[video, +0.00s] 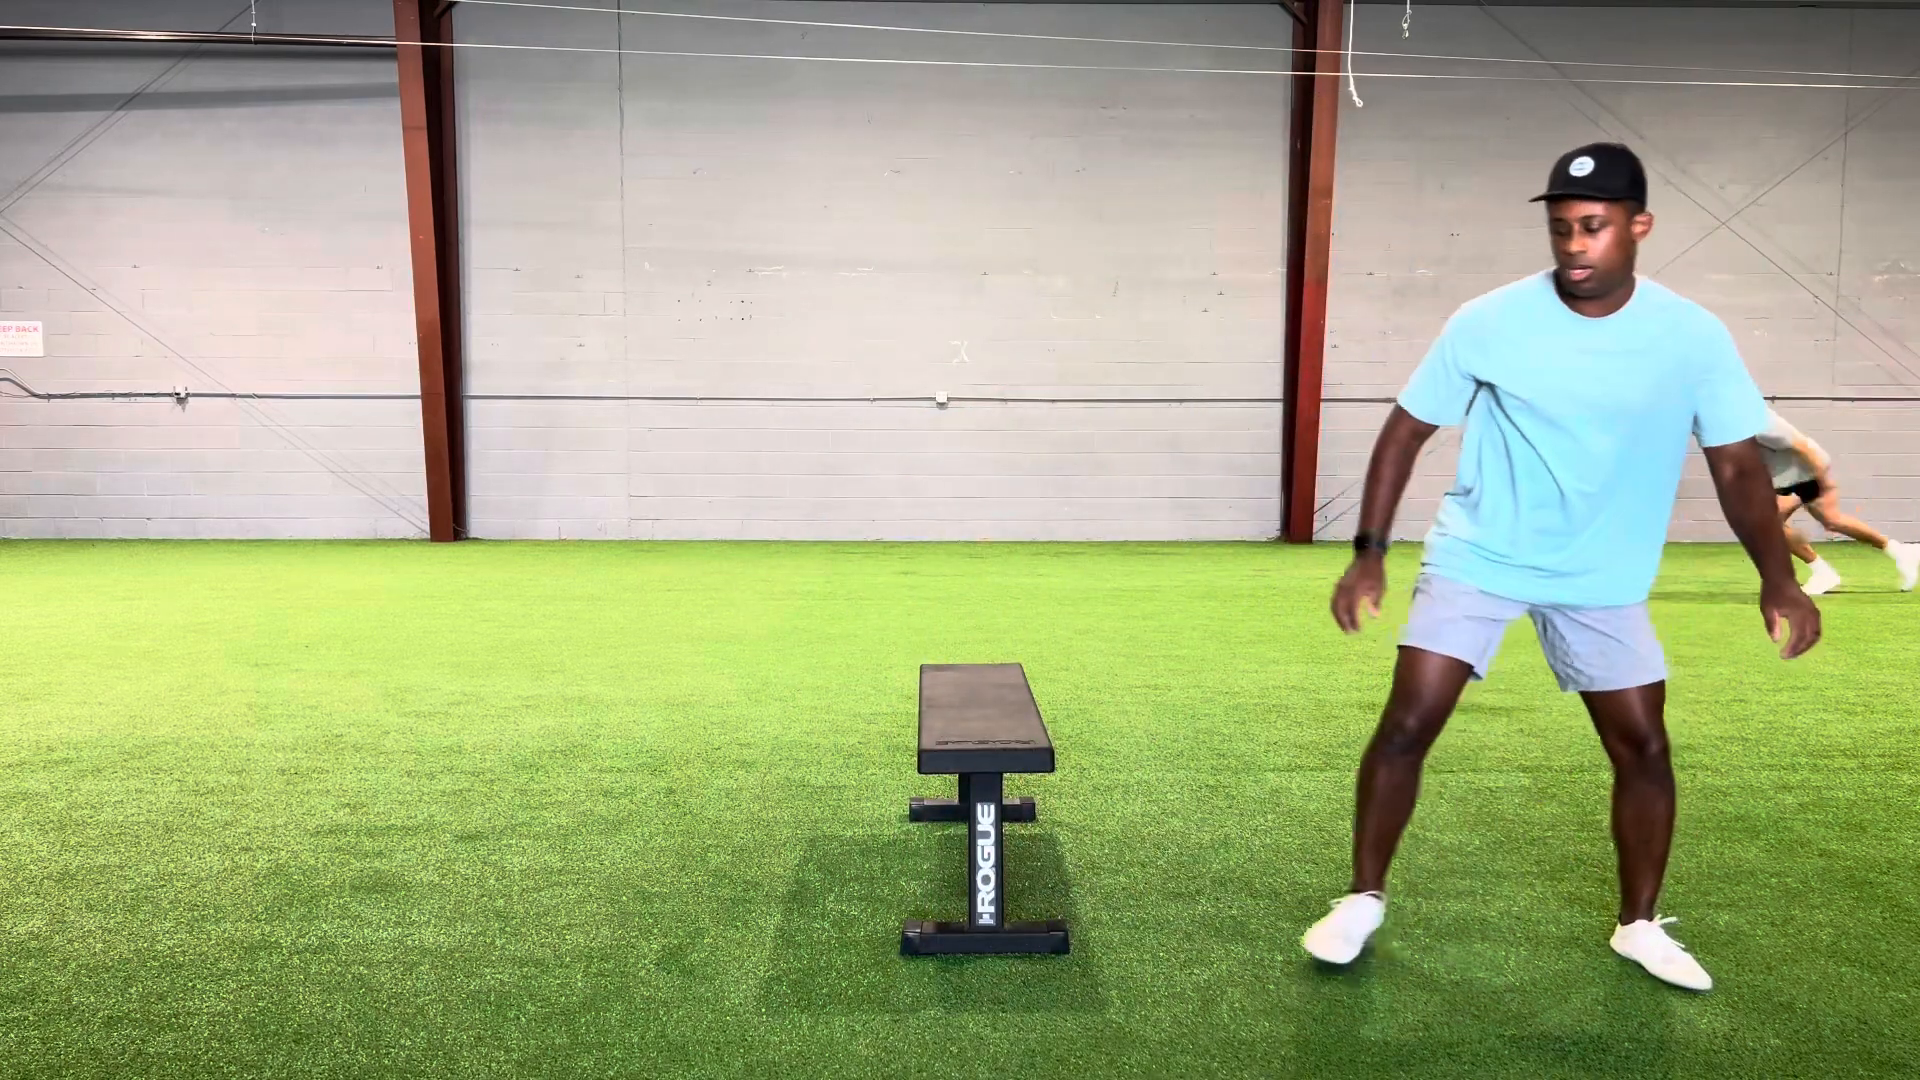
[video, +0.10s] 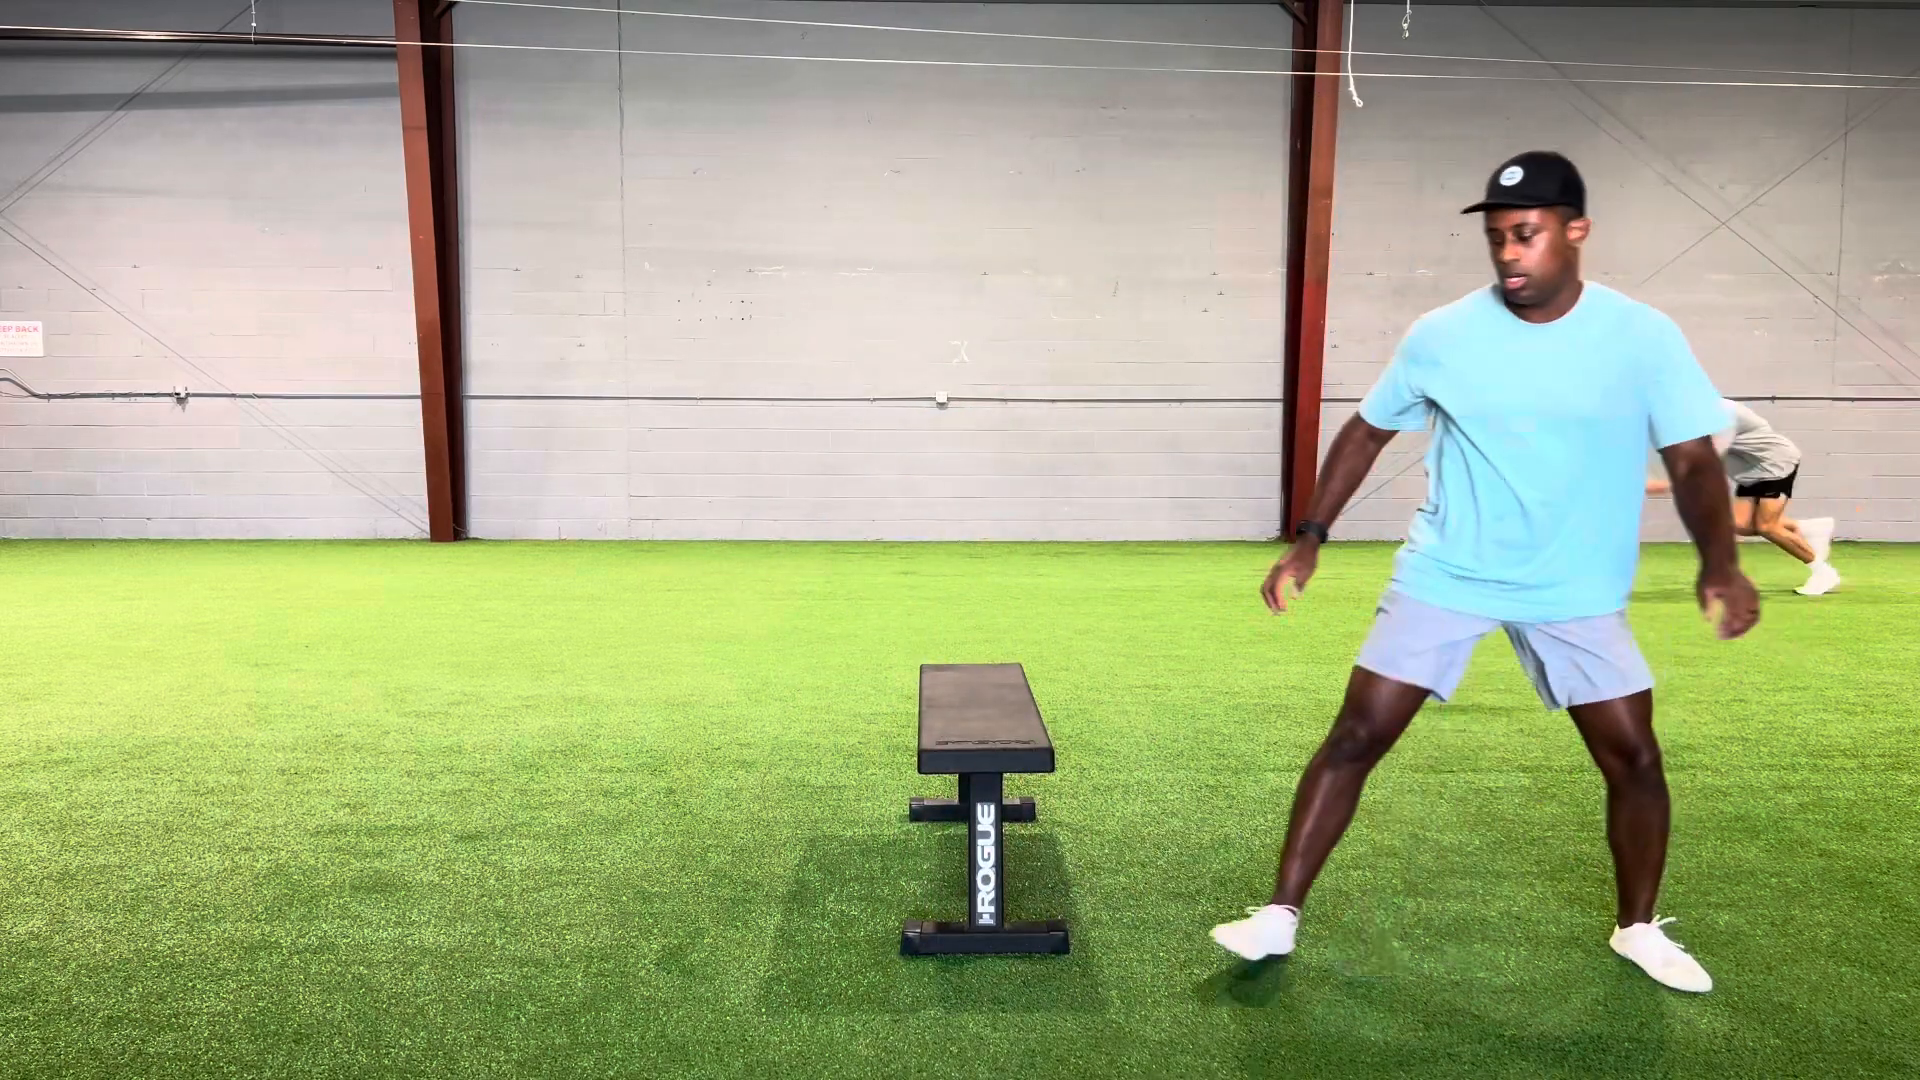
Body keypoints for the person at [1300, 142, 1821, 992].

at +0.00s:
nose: (1572, 245)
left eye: (1592, 227)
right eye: (1560, 226)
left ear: (1639, 228)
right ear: (1546, 226)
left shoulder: (1694, 340)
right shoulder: (1490, 324)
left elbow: (1741, 467)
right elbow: (1404, 430)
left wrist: (1779, 578)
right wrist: (1369, 548)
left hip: (1601, 581)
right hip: (1475, 561)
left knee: (1644, 745)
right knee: (1409, 721)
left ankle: (1640, 922)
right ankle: (1363, 897)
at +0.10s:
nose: (1508, 255)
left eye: (1527, 235)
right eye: (1498, 237)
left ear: (1578, 234)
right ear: (1486, 238)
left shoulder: (1645, 340)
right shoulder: (1443, 338)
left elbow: (1696, 460)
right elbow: (1365, 433)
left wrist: (1719, 564)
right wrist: (1309, 534)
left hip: (1576, 591)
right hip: (1446, 578)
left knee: (1633, 754)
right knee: (1359, 730)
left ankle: (1638, 925)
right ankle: (1282, 912)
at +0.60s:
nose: (1198, 224)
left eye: (1217, 206)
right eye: (1190, 206)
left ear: (1268, 203)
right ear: (1184, 205)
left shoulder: (1344, 296)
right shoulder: (1163, 309)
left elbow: (1395, 426)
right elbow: (1130, 426)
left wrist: (1426, 557)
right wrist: (1095, 527)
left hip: (1297, 560)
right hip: (1196, 559)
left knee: (1266, 746)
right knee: (1181, 742)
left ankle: (1250, 945)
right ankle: (1225, 920)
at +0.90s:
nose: (1127, 256)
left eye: (1147, 238)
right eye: (1115, 235)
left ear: (1191, 232)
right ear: (1099, 226)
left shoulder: (1243, 326)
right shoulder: (1065, 311)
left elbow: (1284, 461)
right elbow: (1025, 420)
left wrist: (1276, 595)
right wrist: (994, 524)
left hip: (1188, 584)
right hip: (1080, 569)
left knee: (1192, 764)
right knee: (1024, 736)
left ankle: (1222, 945)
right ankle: (990, 927)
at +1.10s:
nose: (1069, 346)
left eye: (1089, 330)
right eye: (1056, 324)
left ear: (1126, 317)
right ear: (1037, 308)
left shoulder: (1175, 395)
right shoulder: (990, 384)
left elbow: (1216, 518)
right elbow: (932, 482)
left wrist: (1184, 598)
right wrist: (922, 594)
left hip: (1127, 601)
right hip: (1013, 595)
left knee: (1163, 752)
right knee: (974, 749)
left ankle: (1123, 927)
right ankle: (965, 934)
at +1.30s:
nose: (1049, 424)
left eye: (1069, 406)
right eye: (1035, 402)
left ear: (1101, 394)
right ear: (1015, 383)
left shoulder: (1144, 467)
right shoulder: (959, 450)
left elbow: (1195, 582)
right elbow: (904, 544)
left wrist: (1167, 665)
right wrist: (897, 644)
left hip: (1084, 644)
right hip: (975, 634)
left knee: (1114, 779)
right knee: (957, 770)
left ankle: (1084, 939)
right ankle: (963, 937)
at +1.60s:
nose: (1024, 448)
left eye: (1041, 431)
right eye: (1010, 429)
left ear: (1068, 426)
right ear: (990, 419)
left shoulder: (1107, 509)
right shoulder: (934, 498)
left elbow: (1156, 613)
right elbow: (883, 599)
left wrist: (1155, 672)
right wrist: (883, 678)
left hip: (1058, 687)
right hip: (955, 682)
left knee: (1103, 778)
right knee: (929, 771)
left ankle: (1083, 939)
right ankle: (962, 936)